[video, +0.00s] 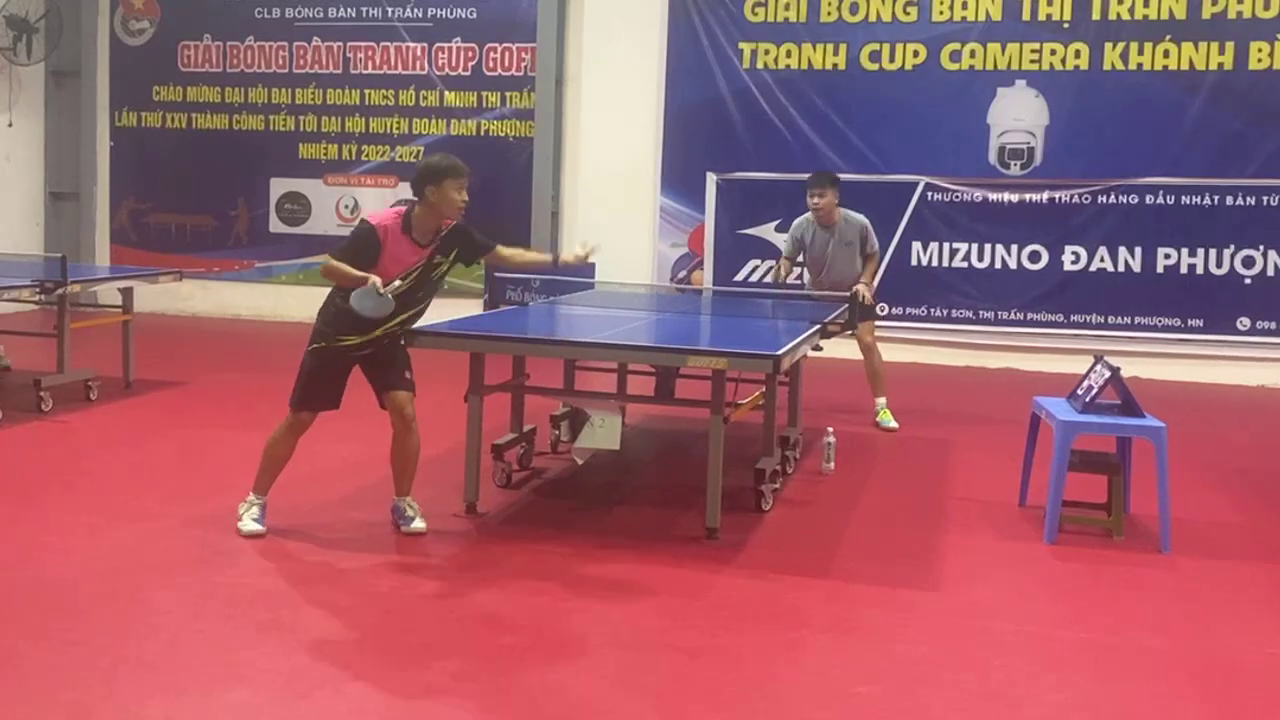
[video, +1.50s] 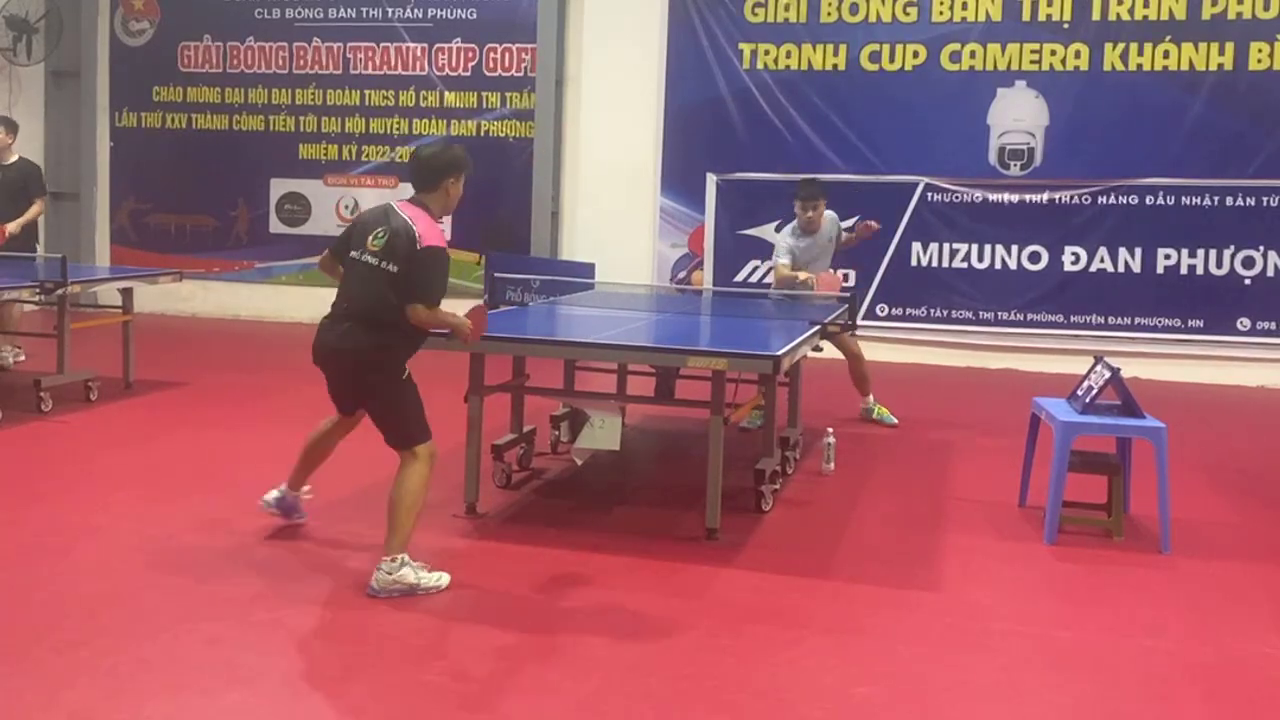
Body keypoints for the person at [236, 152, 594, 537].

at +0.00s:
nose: (465, 199)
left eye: (466, 191)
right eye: (457, 191)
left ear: (452, 196)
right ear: (428, 193)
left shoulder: (455, 236)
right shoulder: (379, 227)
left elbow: (504, 256)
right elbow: (329, 269)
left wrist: (562, 259)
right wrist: (365, 278)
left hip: (389, 339)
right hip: (338, 333)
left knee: (405, 414)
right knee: (298, 420)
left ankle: (403, 503)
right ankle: (255, 501)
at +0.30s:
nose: (427, 161)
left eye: (424, 154)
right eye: (418, 155)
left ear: (402, 168)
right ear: (391, 170)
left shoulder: (423, 197)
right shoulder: (354, 216)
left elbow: (479, 183)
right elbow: (331, 279)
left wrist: (527, 158)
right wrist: (390, 278)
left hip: (384, 324)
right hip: (333, 324)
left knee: (402, 408)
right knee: (296, 415)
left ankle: (403, 503)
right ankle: (255, 501)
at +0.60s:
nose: (403, 169)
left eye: (400, 162)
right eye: (394, 164)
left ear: (380, 176)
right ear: (367, 179)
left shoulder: (402, 203)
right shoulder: (333, 217)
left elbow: (445, 197)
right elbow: (304, 271)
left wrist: (493, 192)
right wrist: (361, 249)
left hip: (371, 327)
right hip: (319, 333)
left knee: (414, 398)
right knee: (293, 423)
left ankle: (384, 473)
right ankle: (257, 501)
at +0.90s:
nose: (461, 227)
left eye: (463, 220)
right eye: (458, 219)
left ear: (436, 213)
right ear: (434, 213)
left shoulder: (418, 224)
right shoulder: (391, 225)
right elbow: (392, 243)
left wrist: (440, 266)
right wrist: (436, 258)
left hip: (378, 335)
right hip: (335, 341)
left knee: (424, 416)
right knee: (342, 437)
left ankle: (386, 497)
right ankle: (273, 485)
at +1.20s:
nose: (474, 193)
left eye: (474, 184)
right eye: (474, 184)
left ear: (435, 177)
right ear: (463, 184)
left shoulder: (394, 208)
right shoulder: (442, 231)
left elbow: (339, 246)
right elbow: (465, 283)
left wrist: (315, 275)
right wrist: (473, 268)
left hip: (346, 336)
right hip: (371, 342)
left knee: (400, 427)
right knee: (411, 433)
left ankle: (385, 504)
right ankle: (390, 543)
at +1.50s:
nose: (461, 193)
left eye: (461, 185)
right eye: (461, 185)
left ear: (418, 180)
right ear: (449, 186)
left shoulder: (377, 214)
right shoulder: (429, 239)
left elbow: (328, 262)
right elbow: (417, 312)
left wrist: (369, 289)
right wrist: (458, 323)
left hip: (331, 342)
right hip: (375, 356)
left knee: (349, 416)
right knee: (419, 453)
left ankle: (288, 492)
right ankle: (393, 564)